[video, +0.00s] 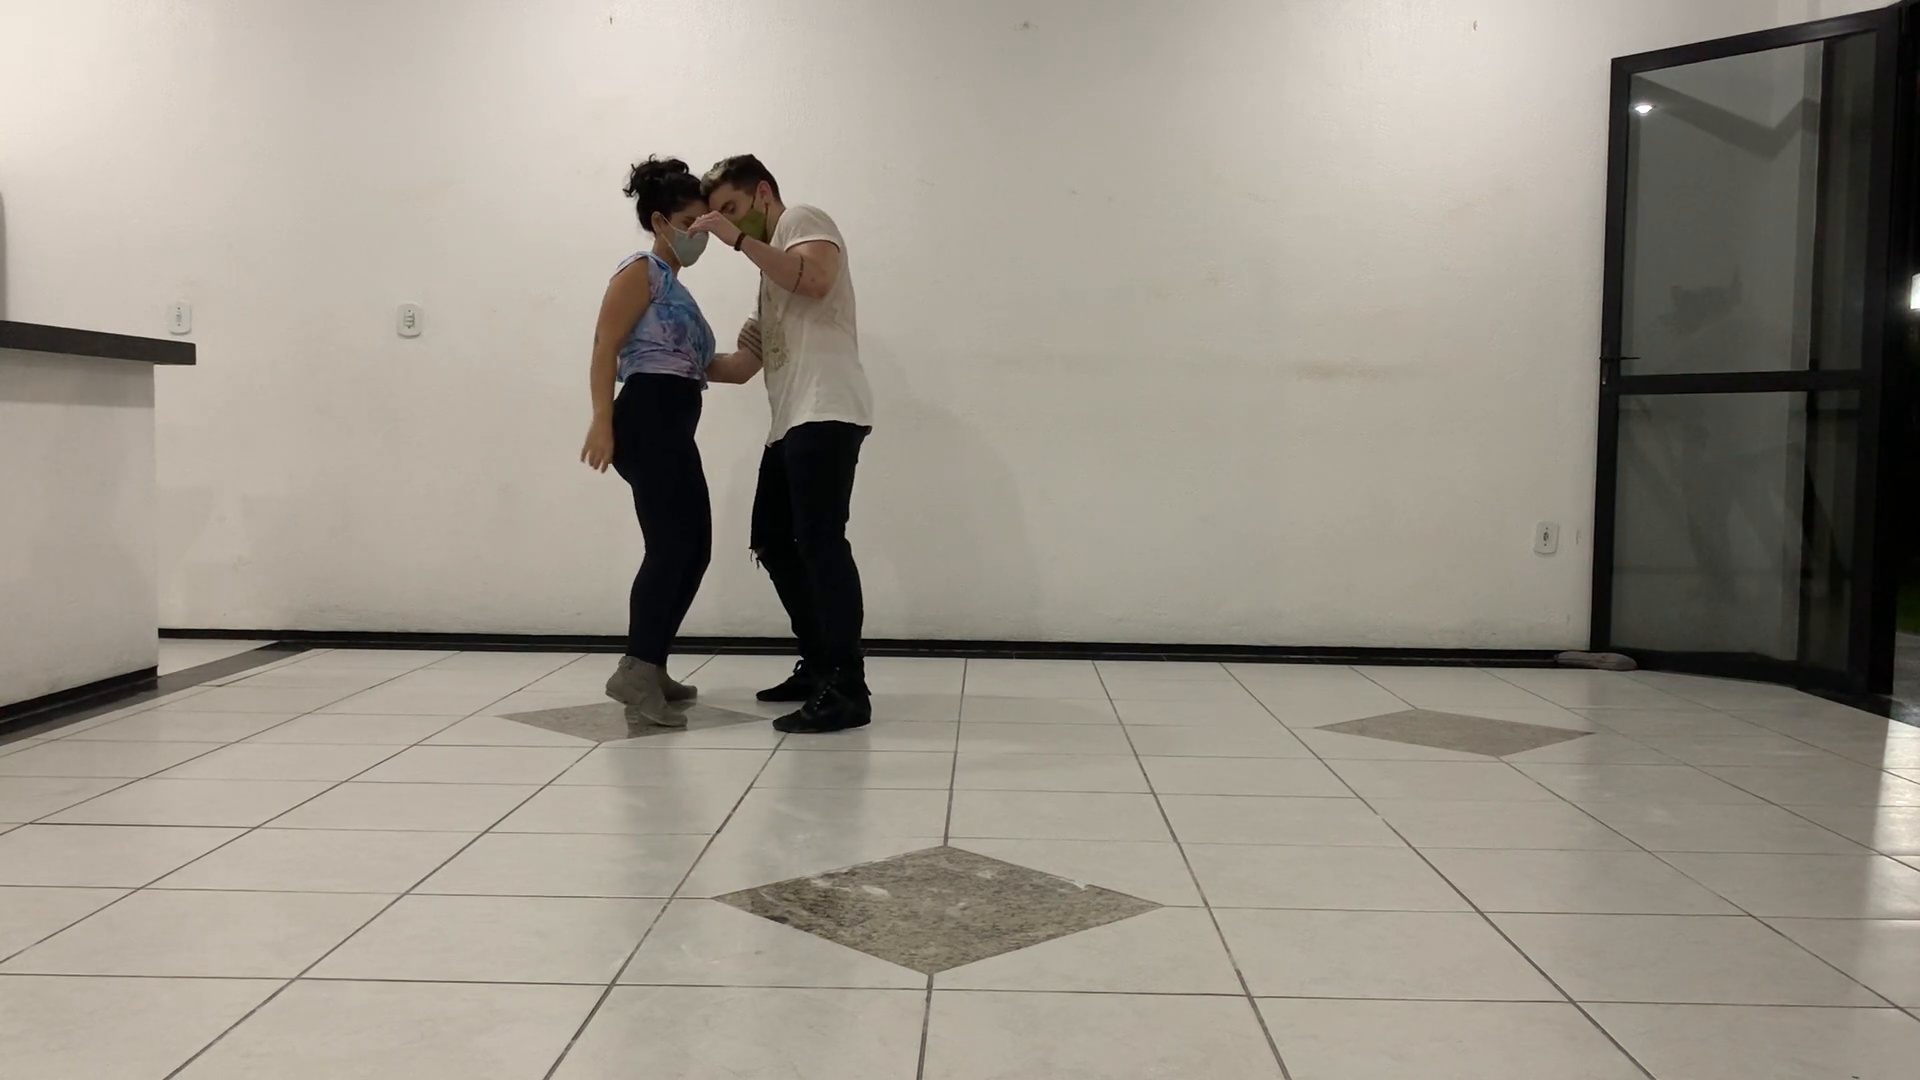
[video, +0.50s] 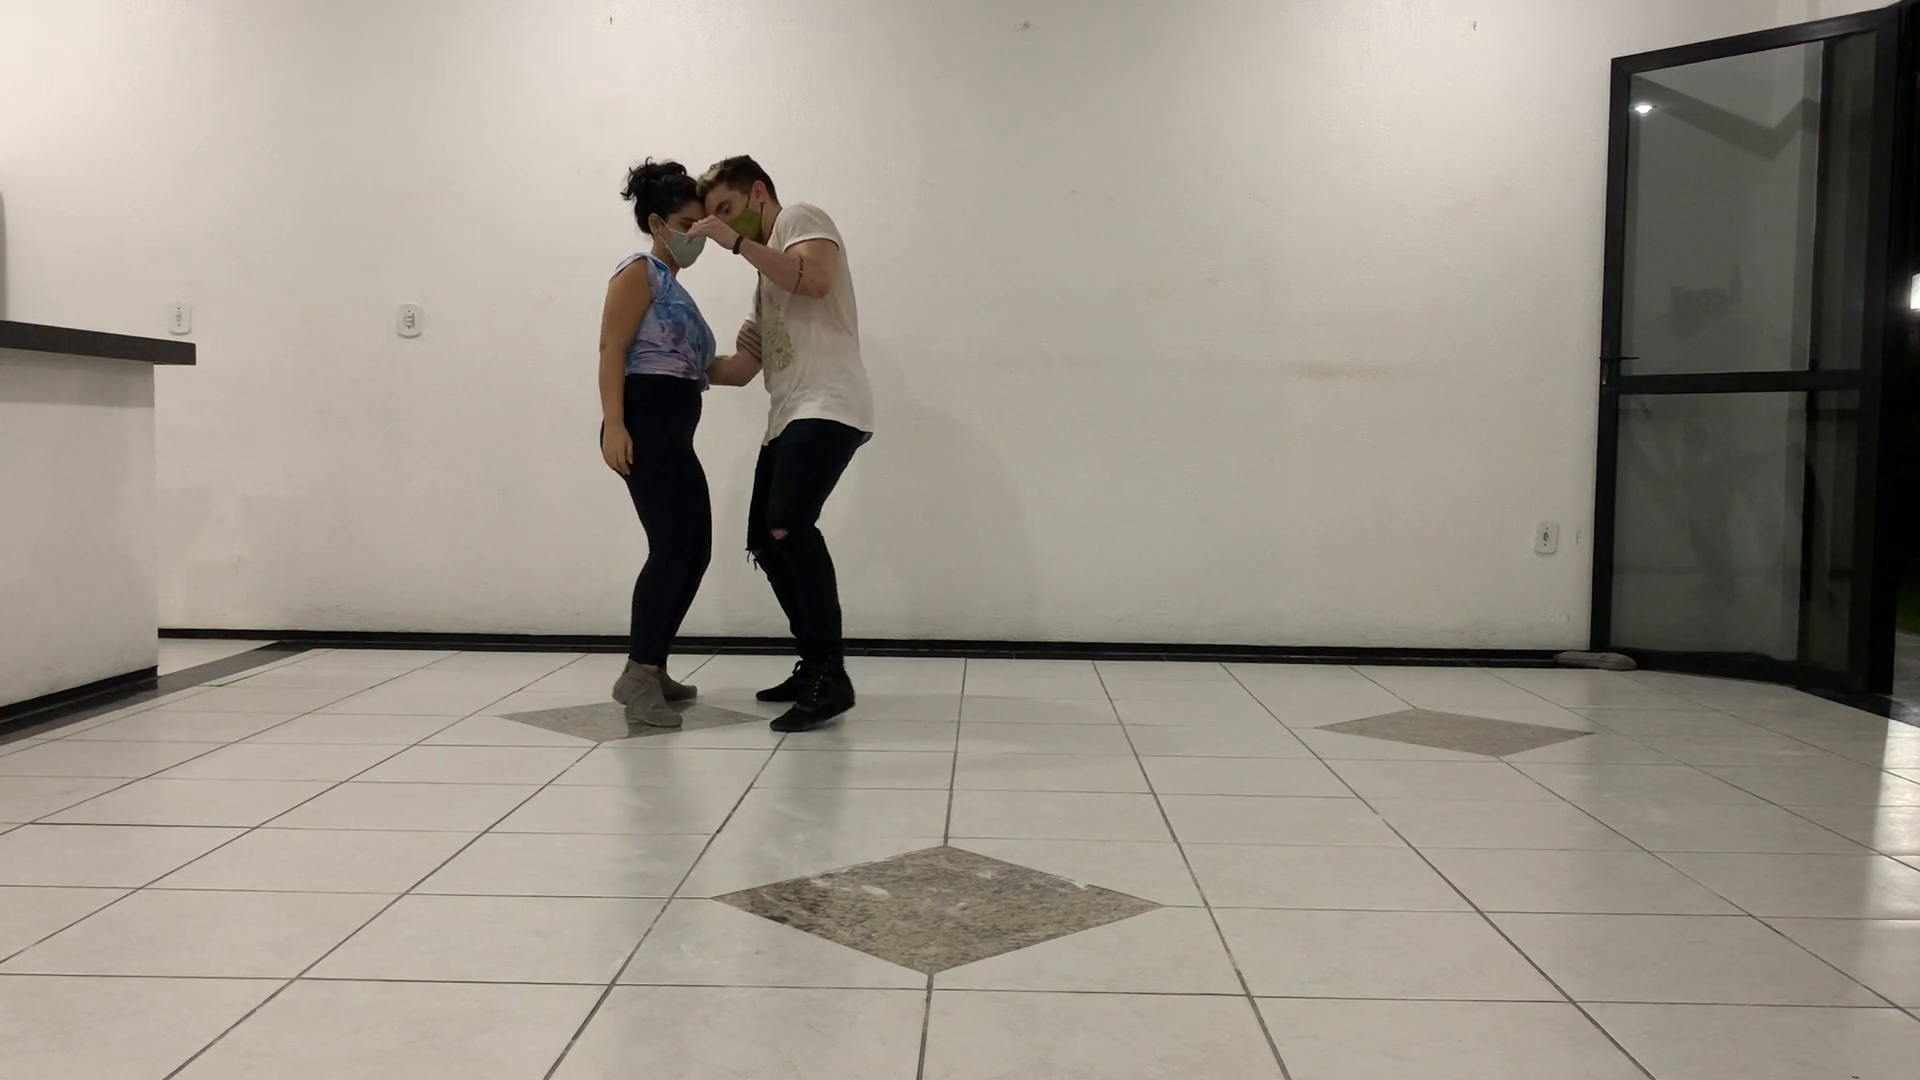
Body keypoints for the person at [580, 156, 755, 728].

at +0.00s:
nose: (701, 228)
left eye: (703, 219)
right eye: (689, 219)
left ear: (702, 222)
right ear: (658, 223)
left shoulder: (677, 294)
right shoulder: (640, 273)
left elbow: (723, 367)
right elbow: (604, 346)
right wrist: (601, 420)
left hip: (674, 417)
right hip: (647, 415)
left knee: (692, 545)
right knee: (672, 543)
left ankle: (650, 665)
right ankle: (638, 668)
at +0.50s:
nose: (697, 230)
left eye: (700, 220)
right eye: (685, 220)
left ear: (703, 221)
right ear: (654, 224)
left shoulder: (673, 290)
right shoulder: (638, 274)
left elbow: (698, 369)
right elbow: (611, 350)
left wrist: (750, 355)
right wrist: (613, 423)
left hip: (673, 425)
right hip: (646, 424)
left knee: (693, 549)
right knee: (672, 546)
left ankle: (651, 667)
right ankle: (639, 674)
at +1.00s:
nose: (696, 237)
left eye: (700, 225)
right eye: (685, 225)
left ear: (697, 227)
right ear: (654, 226)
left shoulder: (671, 289)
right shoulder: (638, 273)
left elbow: (701, 370)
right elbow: (584, 331)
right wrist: (610, 411)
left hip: (680, 428)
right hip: (648, 426)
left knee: (698, 551)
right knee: (669, 550)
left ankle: (652, 668)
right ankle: (651, 678)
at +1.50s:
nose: (695, 238)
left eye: (700, 227)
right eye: (683, 228)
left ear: (705, 229)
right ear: (655, 230)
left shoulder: (675, 298)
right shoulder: (645, 270)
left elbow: (733, 373)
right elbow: (577, 287)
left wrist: (757, 354)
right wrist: (624, 357)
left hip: (670, 427)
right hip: (643, 424)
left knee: (693, 551)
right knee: (656, 550)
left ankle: (649, 667)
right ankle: (627, 678)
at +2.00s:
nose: (700, 237)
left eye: (704, 226)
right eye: (691, 224)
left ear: (700, 230)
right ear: (658, 220)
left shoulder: (680, 296)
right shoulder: (638, 265)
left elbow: (720, 371)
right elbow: (580, 296)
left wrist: (758, 348)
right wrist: (631, 247)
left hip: (671, 426)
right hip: (641, 422)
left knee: (688, 552)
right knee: (669, 551)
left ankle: (652, 670)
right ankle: (645, 679)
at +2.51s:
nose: (702, 233)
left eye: (706, 223)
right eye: (692, 222)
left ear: (705, 226)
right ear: (665, 223)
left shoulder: (679, 287)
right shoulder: (640, 266)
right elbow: (617, 332)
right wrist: (620, 263)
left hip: (670, 426)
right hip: (643, 422)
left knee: (684, 549)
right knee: (672, 550)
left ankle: (652, 670)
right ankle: (648, 679)